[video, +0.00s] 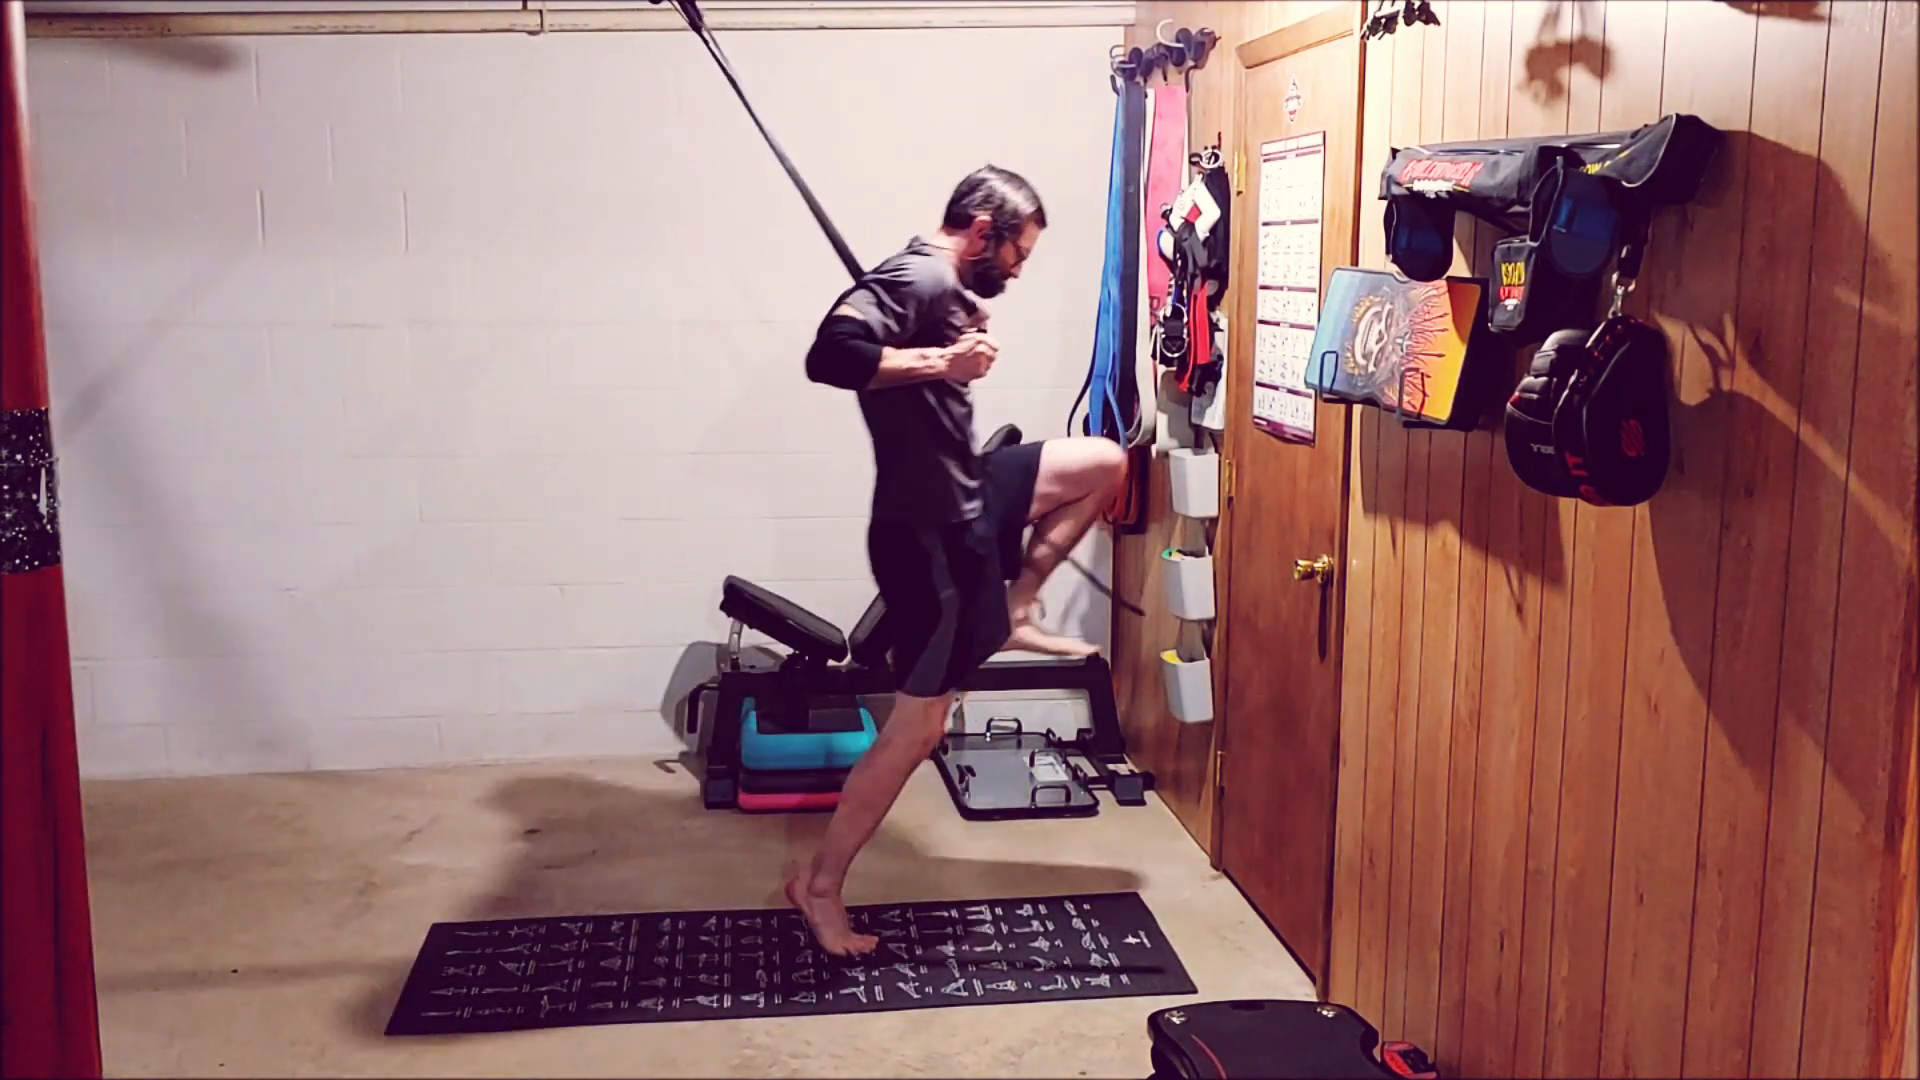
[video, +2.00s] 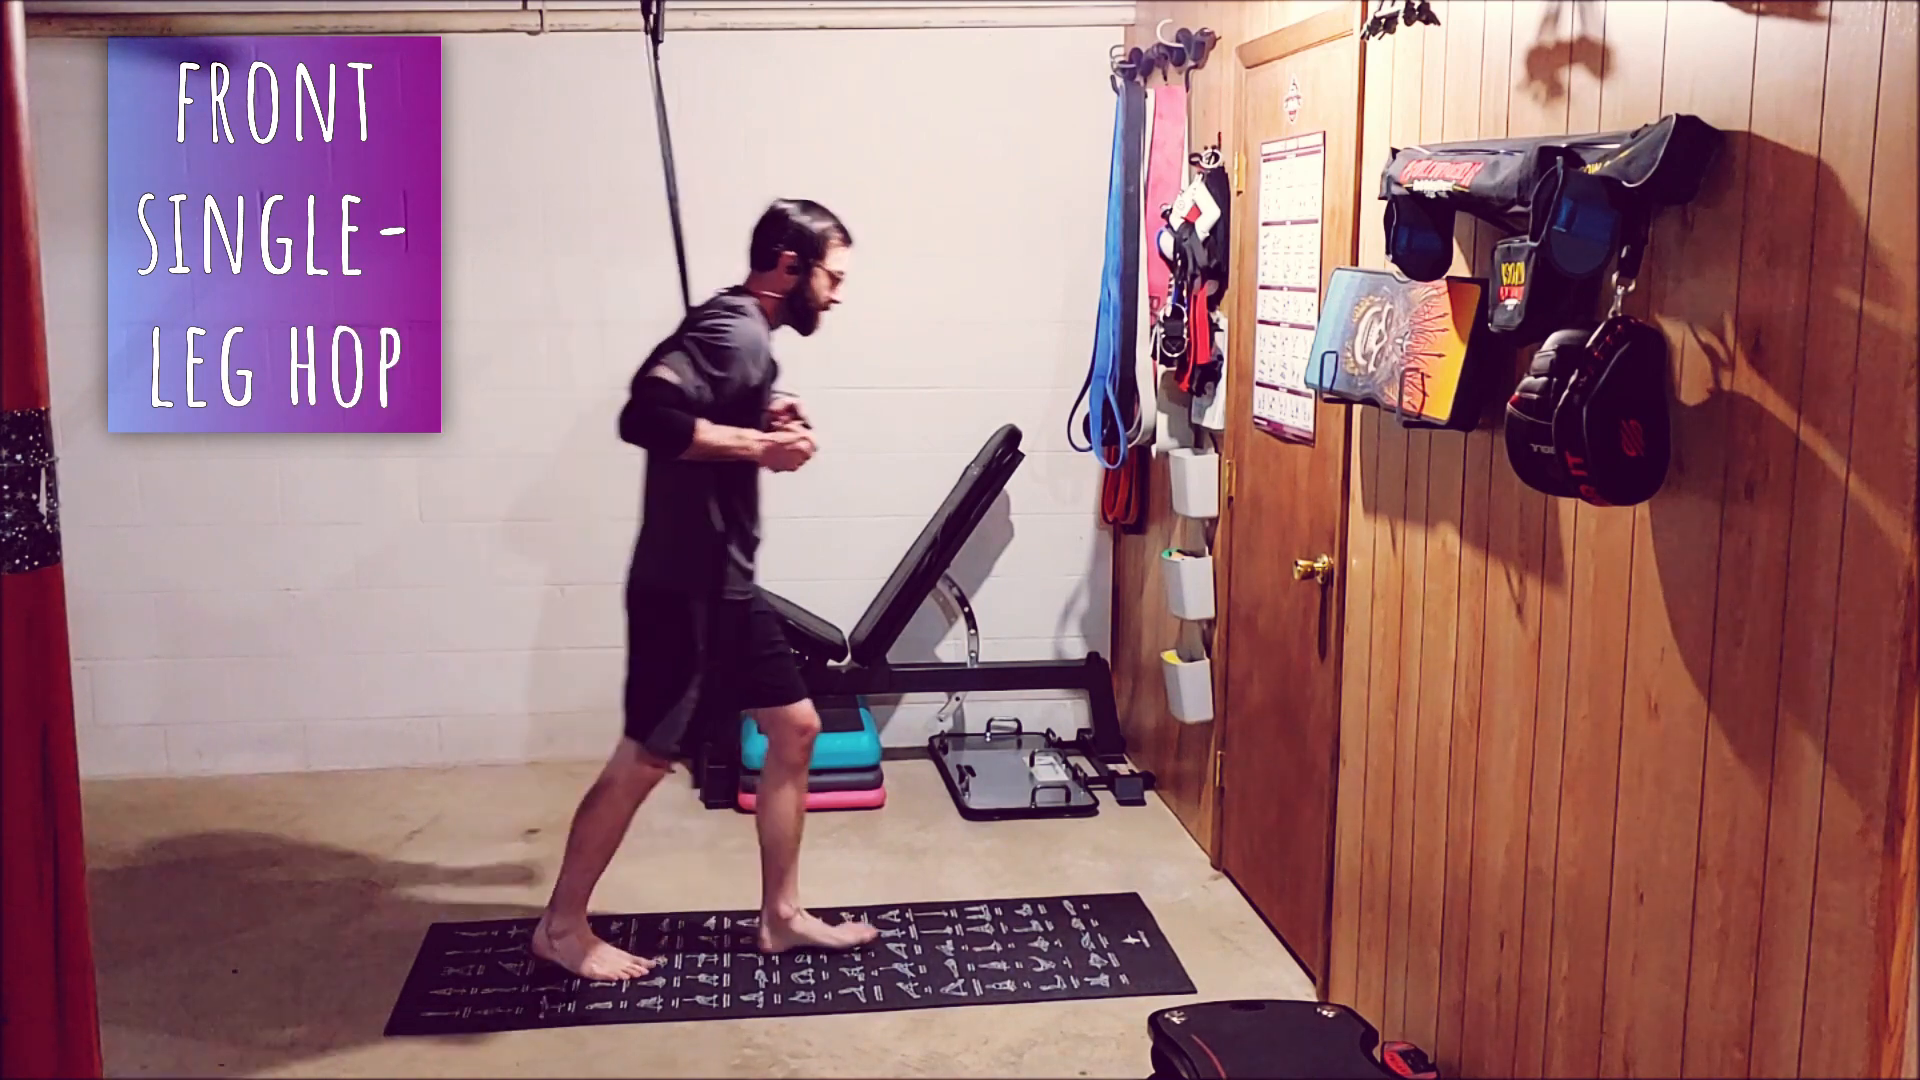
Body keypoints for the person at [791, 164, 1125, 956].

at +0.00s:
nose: (1017, 272)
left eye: (1023, 258)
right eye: (1018, 254)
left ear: (977, 229)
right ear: (980, 228)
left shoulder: (946, 282)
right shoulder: (916, 271)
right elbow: (833, 353)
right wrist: (943, 359)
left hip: (969, 485)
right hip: (923, 522)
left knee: (1106, 464)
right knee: (918, 726)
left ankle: (1015, 611)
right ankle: (819, 882)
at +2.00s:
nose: (837, 295)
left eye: (840, 280)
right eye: (833, 278)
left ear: (785, 267)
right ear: (787, 266)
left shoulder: (750, 331)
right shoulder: (729, 326)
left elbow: (703, 417)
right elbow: (644, 416)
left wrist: (772, 414)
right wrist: (759, 444)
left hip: (727, 581)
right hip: (684, 582)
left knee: (795, 727)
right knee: (645, 757)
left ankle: (784, 914)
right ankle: (561, 928)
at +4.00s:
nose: (811, 293)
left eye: (815, 278)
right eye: (806, 276)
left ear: (757, 266)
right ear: (758, 263)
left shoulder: (726, 334)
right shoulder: (692, 330)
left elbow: (669, 413)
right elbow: (595, 419)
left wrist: (730, 423)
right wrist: (709, 457)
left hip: (703, 580)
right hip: (652, 581)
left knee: (741, 737)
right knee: (628, 759)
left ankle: (775, 917)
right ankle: (560, 933)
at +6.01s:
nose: (1082, 269)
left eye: (1090, 254)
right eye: (1083, 250)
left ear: (1042, 224)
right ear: (1048, 225)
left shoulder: (990, 275)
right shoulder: (966, 266)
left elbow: (866, 304)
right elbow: (862, 335)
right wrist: (973, 349)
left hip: (1006, 494)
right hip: (954, 519)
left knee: (1141, 491)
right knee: (923, 714)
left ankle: (1038, 638)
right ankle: (848, 888)